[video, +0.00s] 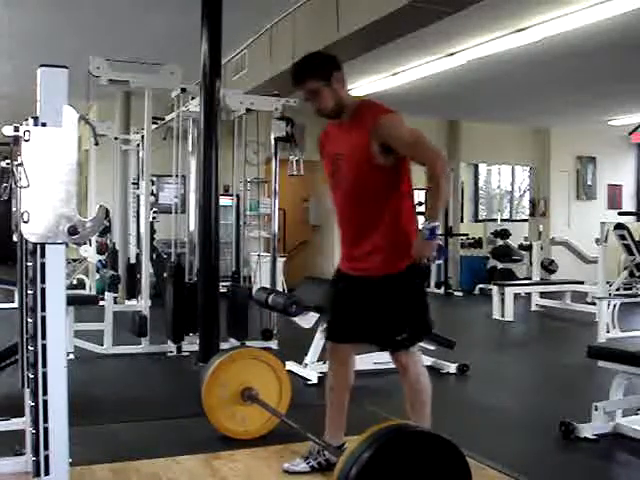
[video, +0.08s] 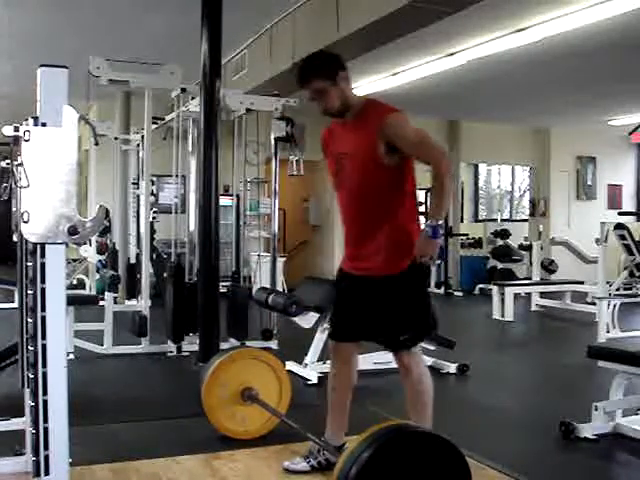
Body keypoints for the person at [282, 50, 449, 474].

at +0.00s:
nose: (312, 104)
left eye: (316, 94)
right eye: (307, 98)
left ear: (338, 81)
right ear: (308, 97)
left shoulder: (381, 121)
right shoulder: (328, 137)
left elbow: (438, 163)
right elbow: (346, 197)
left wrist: (430, 231)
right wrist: (349, 252)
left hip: (397, 265)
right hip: (352, 266)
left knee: (405, 358)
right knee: (339, 353)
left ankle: (423, 444)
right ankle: (332, 446)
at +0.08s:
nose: (318, 104)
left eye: (320, 94)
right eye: (312, 98)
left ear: (342, 80)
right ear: (314, 95)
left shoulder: (386, 121)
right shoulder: (331, 135)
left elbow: (441, 159)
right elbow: (347, 196)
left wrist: (434, 229)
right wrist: (352, 250)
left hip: (399, 264)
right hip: (355, 265)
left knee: (407, 358)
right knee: (341, 352)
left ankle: (423, 444)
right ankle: (332, 446)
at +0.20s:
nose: (342, 102)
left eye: (346, 91)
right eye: (334, 96)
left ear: (363, 76)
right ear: (328, 93)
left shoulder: (404, 118)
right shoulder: (342, 132)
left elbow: (456, 166)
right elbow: (362, 193)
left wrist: (425, 228)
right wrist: (357, 238)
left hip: (405, 263)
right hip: (360, 262)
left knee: (411, 357)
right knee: (344, 343)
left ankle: (419, 447)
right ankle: (347, 441)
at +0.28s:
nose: (354, 101)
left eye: (358, 90)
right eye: (345, 95)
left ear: (374, 74)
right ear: (337, 93)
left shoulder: (409, 120)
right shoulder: (348, 130)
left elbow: (450, 181)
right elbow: (363, 189)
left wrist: (403, 230)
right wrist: (346, 223)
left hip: (410, 265)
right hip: (363, 263)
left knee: (411, 357)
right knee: (350, 344)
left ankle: (421, 444)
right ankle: (370, 439)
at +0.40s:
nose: (363, 100)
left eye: (367, 89)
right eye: (354, 94)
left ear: (384, 75)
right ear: (348, 91)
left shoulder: (418, 126)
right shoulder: (352, 131)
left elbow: (432, 196)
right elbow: (349, 185)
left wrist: (378, 227)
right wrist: (349, 219)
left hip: (407, 261)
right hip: (364, 262)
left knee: (411, 357)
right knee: (364, 348)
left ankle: (421, 444)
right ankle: (375, 437)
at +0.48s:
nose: (365, 100)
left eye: (369, 90)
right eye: (356, 94)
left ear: (386, 77)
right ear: (350, 92)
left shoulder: (418, 125)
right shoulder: (353, 132)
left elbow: (426, 195)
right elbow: (344, 188)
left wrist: (372, 225)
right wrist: (351, 219)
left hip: (404, 261)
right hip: (361, 262)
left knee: (407, 356)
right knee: (366, 350)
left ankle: (419, 444)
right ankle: (375, 438)